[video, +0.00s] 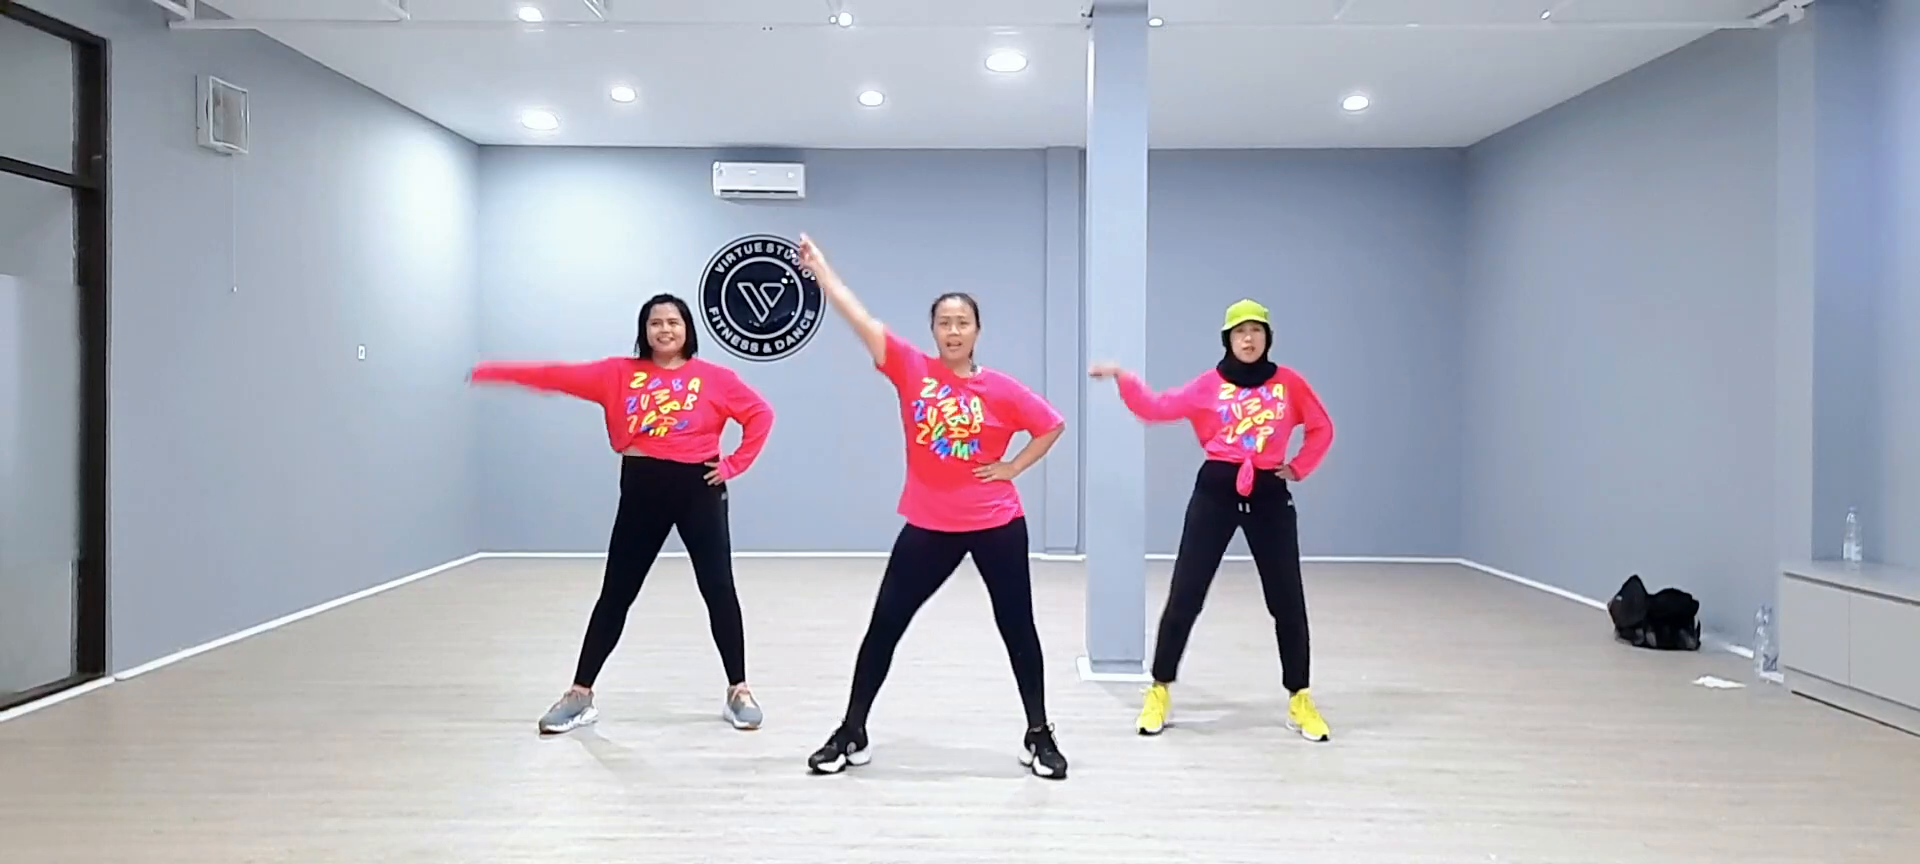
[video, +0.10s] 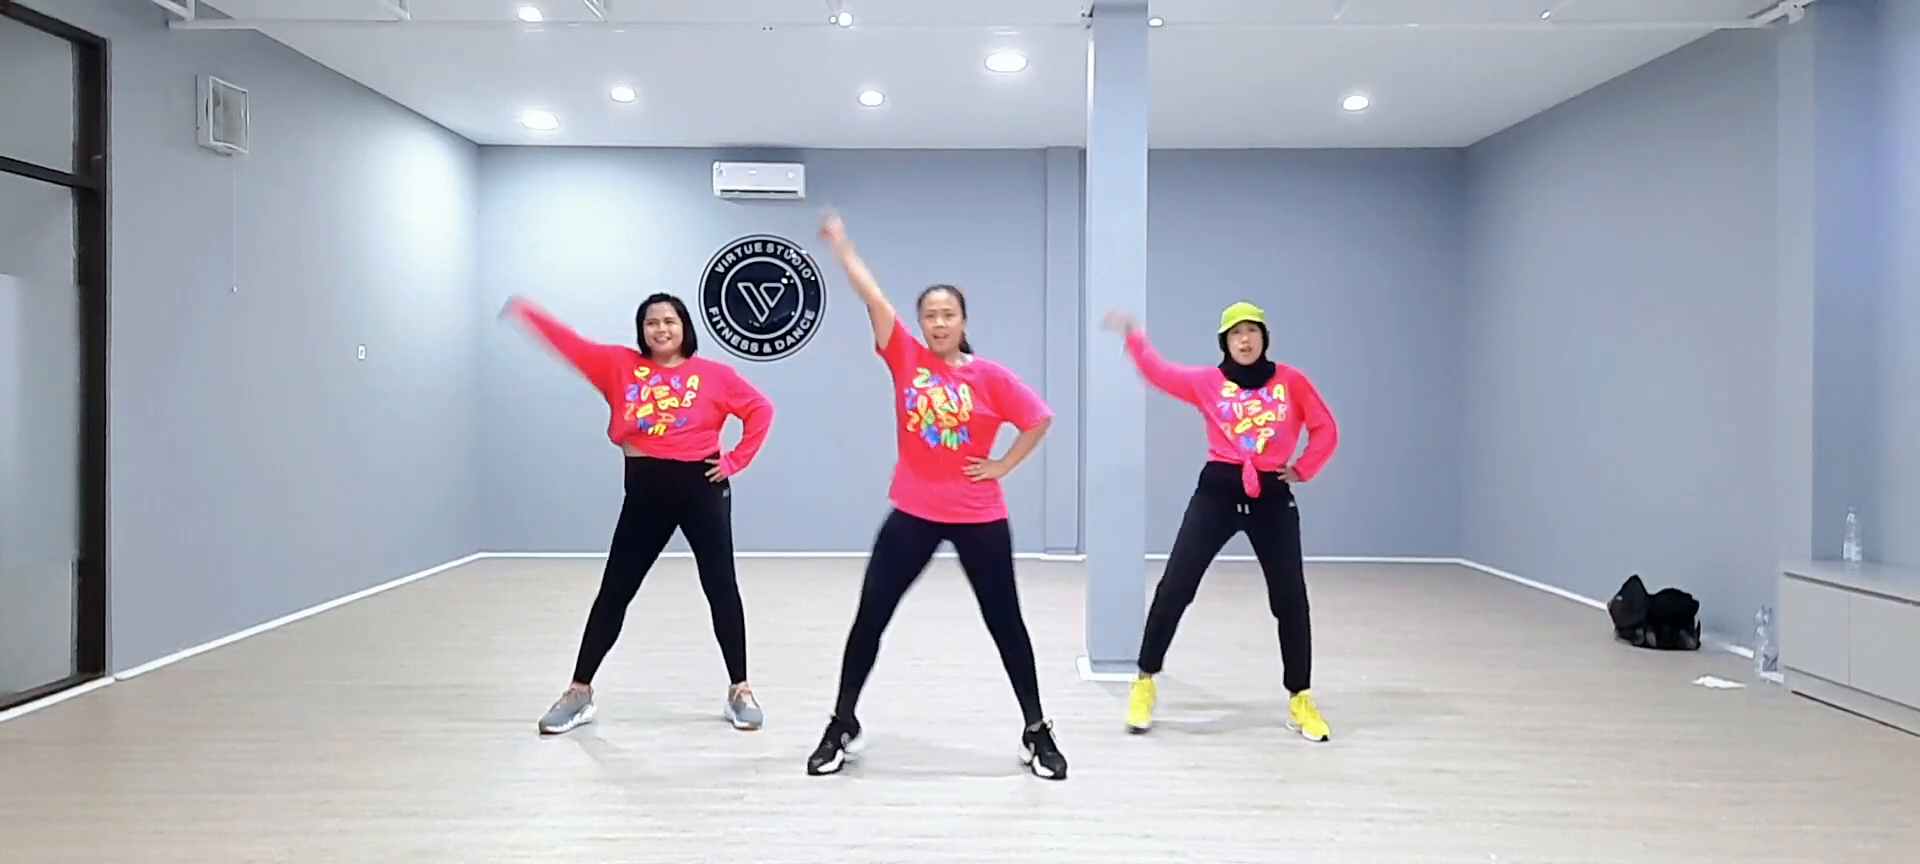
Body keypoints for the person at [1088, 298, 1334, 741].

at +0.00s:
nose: (1249, 339)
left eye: (1256, 331)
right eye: (1240, 332)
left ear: (1267, 337)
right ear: (1228, 338)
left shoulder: (1287, 382)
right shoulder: (1207, 386)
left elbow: (1321, 428)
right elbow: (1154, 409)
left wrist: (1296, 469)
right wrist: (1123, 377)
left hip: (1270, 496)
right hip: (1215, 493)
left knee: (1288, 601)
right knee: (1186, 595)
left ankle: (1300, 699)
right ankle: (1158, 693)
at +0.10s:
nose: (1245, 339)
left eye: (1252, 332)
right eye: (1237, 333)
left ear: (1265, 339)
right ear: (1225, 341)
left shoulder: (1291, 381)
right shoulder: (1208, 381)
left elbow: (1326, 430)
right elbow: (1157, 371)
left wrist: (1302, 469)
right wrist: (1132, 333)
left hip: (1273, 498)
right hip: (1217, 495)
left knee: (1292, 599)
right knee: (1175, 588)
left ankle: (1300, 699)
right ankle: (1144, 684)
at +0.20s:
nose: (1236, 336)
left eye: (1242, 328)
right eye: (1227, 330)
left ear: (1255, 333)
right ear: (1215, 338)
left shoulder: (1280, 375)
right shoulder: (1203, 373)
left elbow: (1316, 424)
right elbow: (1164, 335)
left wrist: (1291, 465)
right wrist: (1171, 286)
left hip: (1262, 489)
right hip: (1208, 487)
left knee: (1280, 595)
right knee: (1172, 586)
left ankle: (1300, 697)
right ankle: (1133, 687)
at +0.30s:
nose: (1225, 336)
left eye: (1232, 328)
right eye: (1217, 330)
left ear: (1244, 332)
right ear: (1204, 336)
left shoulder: (1265, 371)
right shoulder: (1193, 367)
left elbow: (1293, 426)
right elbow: (1170, 312)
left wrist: (1270, 466)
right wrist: (1209, 277)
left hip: (1238, 486)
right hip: (1188, 481)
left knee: (1274, 589)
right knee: (1162, 584)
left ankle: (1296, 693)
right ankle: (1134, 689)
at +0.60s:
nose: (1228, 340)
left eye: (1237, 332)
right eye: (1221, 331)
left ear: (1248, 337)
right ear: (1207, 334)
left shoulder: (1260, 374)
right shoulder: (1185, 371)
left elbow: (1282, 419)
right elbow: (1133, 346)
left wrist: (1271, 460)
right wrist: (1134, 315)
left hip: (1240, 485)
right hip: (1189, 483)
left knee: (1267, 590)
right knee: (1163, 586)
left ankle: (1293, 695)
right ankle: (1134, 690)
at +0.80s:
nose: (1237, 349)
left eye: (1244, 341)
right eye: (1229, 342)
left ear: (1256, 346)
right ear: (1216, 347)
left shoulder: (1275, 386)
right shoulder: (1199, 381)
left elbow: (1315, 420)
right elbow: (1156, 345)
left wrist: (1298, 458)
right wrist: (1122, 301)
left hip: (1275, 496)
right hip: (1222, 499)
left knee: (1292, 597)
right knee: (1182, 591)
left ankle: (1296, 700)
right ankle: (1152, 699)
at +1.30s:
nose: (1207, 348)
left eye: (1215, 341)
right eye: (1199, 340)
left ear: (1225, 349)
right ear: (1185, 348)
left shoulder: (1232, 394)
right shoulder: (1170, 383)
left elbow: (1235, 448)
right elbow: (1154, 347)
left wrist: (1232, 496)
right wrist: (1158, 315)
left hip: (1206, 500)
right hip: (1158, 495)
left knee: (1253, 593)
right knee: (1148, 600)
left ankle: (1283, 696)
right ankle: (1119, 695)